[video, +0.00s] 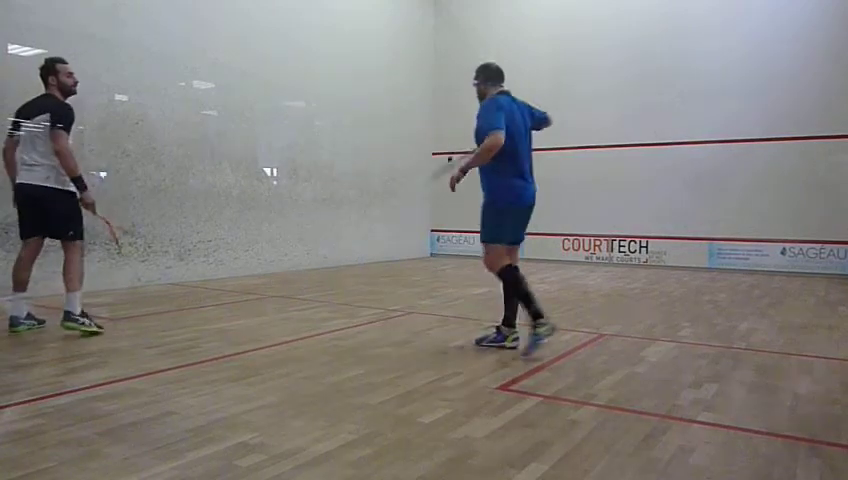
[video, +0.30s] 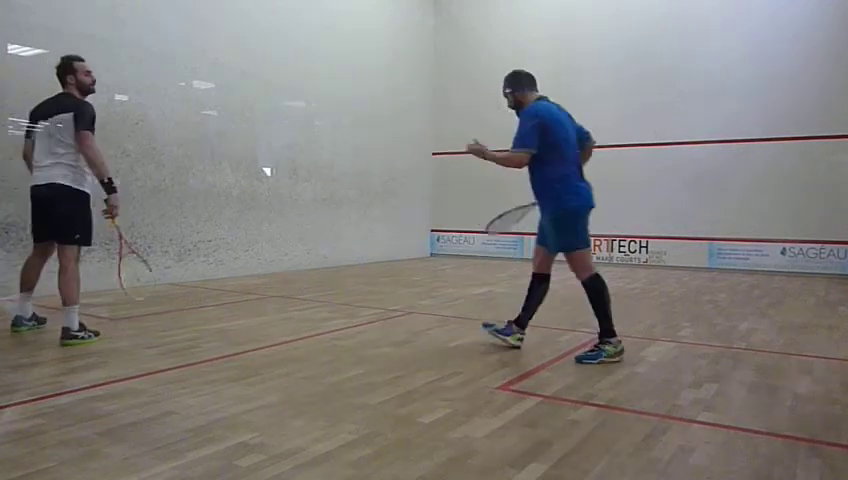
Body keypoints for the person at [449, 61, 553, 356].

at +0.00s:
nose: (474, 90)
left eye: (476, 85)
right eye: (475, 85)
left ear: (483, 84)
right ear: (501, 83)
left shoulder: (491, 106)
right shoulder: (518, 104)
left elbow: (495, 140)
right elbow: (544, 120)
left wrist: (464, 167)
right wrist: (515, 123)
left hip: (502, 194)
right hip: (524, 193)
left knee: (494, 260)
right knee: (509, 259)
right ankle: (508, 328)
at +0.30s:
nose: (508, 104)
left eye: (507, 97)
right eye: (506, 98)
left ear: (516, 93)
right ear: (532, 89)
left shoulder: (532, 114)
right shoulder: (555, 110)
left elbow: (520, 158)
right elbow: (587, 144)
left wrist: (485, 154)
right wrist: (569, 174)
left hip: (564, 204)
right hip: (564, 202)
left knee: (583, 268)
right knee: (542, 264)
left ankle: (609, 341)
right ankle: (517, 328)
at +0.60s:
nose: (529, 106)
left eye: (529, 99)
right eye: (526, 101)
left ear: (541, 90)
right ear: (543, 90)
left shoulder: (568, 108)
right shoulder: (563, 112)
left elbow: (581, 151)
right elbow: (581, 157)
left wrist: (550, 188)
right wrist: (555, 178)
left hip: (597, 203)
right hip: (583, 203)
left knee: (600, 265)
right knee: (584, 263)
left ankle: (612, 342)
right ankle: (601, 334)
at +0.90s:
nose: (538, 106)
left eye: (538, 99)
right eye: (535, 101)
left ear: (553, 90)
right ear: (550, 94)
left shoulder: (582, 107)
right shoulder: (569, 119)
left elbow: (601, 148)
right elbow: (584, 167)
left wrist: (562, 172)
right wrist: (571, 202)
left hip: (602, 199)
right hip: (599, 199)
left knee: (579, 262)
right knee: (604, 263)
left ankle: (610, 333)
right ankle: (606, 334)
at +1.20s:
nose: (539, 102)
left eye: (540, 95)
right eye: (536, 97)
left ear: (554, 87)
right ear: (552, 91)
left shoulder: (585, 106)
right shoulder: (567, 119)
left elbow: (596, 148)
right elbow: (579, 167)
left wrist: (548, 167)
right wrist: (555, 196)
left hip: (606, 202)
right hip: (590, 204)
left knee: (606, 266)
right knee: (595, 266)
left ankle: (619, 342)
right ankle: (604, 335)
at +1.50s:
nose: (526, 103)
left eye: (529, 95)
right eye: (525, 96)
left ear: (544, 92)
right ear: (545, 93)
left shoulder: (567, 113)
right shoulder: (555, 121)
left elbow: (551, 162)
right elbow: (549, 172)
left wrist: (518, 193)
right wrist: (514, 179)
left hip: (603, 202)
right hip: (580, 203)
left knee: (607, 265)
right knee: (560, 258)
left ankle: (621, 343)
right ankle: (570, 330)